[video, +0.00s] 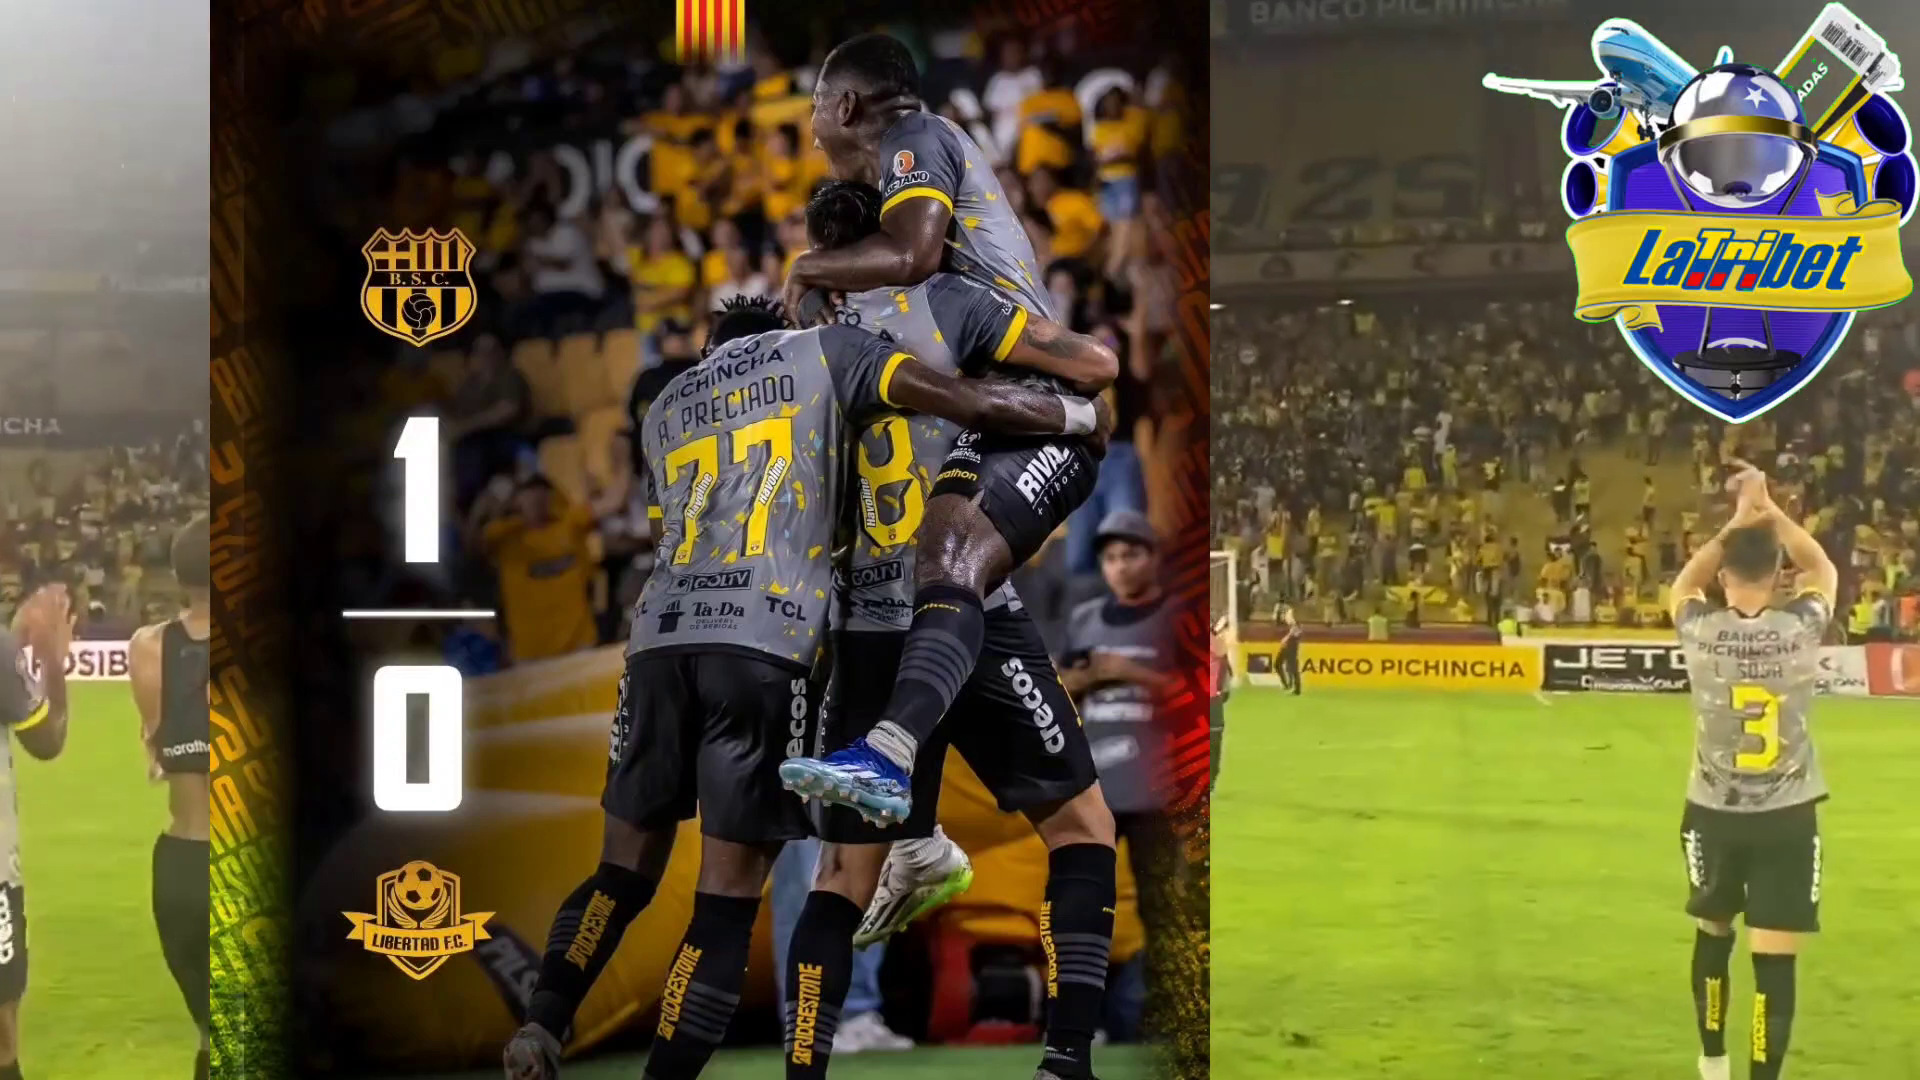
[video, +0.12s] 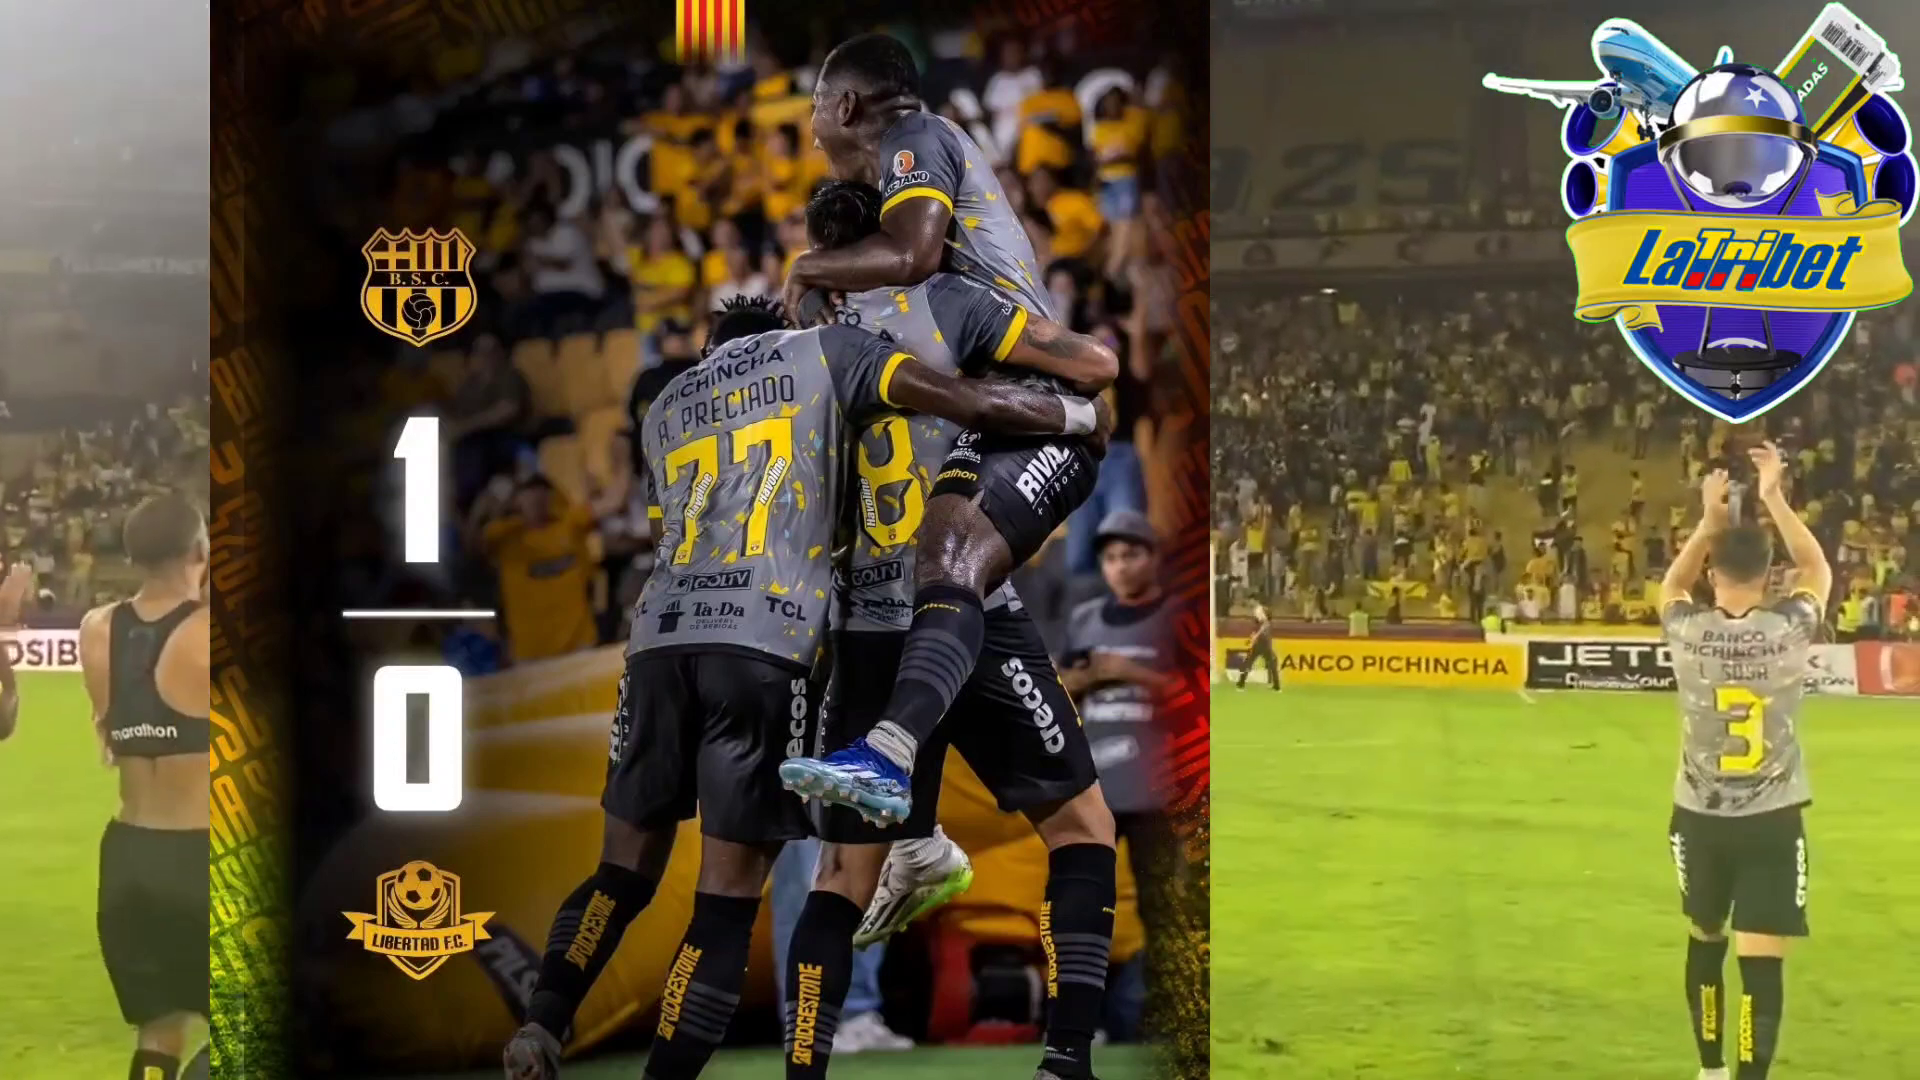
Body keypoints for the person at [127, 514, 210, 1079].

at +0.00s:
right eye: (227, 564)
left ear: (177, 573)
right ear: (229, 571)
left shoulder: (150, 646)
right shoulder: (261, 637)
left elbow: (159, 752)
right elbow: (160, 754)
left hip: (184, 868)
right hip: (255, 871)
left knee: (213, 1032)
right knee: (230, 1035)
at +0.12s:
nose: (209, 551)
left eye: (205, 541)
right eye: (205, 541)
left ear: (137, 556)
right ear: (194, 554)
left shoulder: (97, 629)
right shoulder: (213, 631)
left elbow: (110, 743)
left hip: (128, 860)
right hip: (203, 866)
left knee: (160, 1027)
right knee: (235, 1026)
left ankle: (155, 1067)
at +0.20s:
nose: (166, 534)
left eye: (163, 525)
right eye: (161, 526)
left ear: (88, 540)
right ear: (154, 537)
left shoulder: (49, 614)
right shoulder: (185, 615)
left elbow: (61, 725)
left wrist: (154, 582)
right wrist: (208, 573)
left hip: (76, 846)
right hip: (161, 851)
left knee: (94, 1017)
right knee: (211, 1009)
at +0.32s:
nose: (108, 530)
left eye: (104, 521)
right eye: (102, 523)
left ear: (26, 537)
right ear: (93, 536)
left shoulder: (6, 605)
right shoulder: (123, 612)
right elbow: (190, 678)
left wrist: (108, 579)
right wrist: (129, 587)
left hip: (17, 843)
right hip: (100, 847)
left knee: (13, 1023)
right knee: (143, 1018)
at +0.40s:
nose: (25, 549)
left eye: (16, 539)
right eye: (19, 539)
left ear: (14, 552)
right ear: (12, 553)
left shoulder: (33, 624)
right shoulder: (35, 626)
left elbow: (103, 694)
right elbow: (104, 694)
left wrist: (47, 595)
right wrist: (57, 591)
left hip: (13, 831)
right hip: (11, 832)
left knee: (35, 1039)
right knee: (35, 1041)